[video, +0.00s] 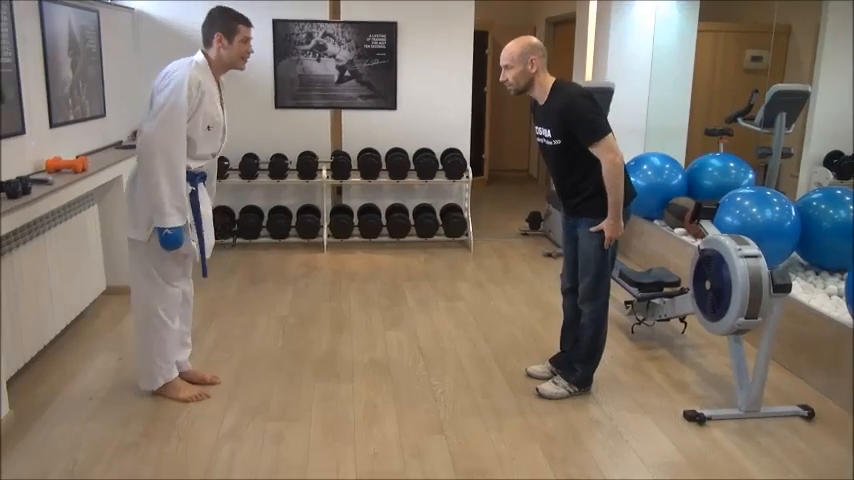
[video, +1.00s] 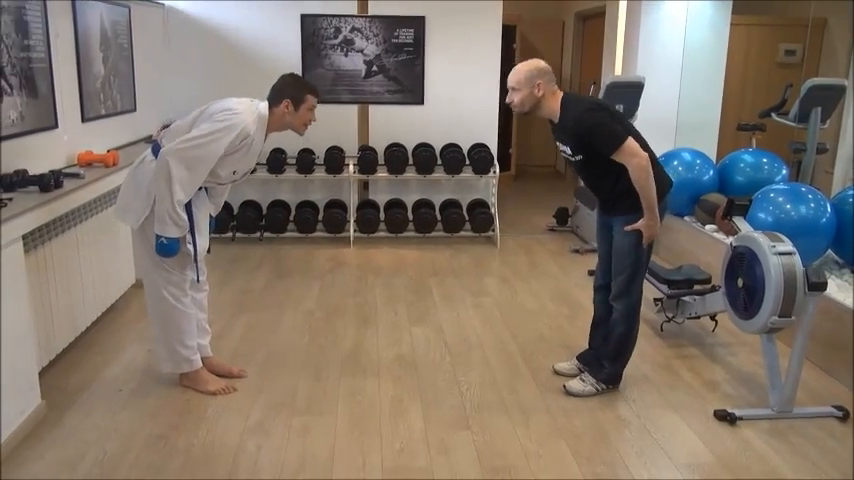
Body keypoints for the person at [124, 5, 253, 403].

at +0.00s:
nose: (250, 51)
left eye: (250, 43)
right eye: (245, 42)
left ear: (221, 43)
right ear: (219, 40)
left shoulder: (208, 80)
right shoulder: (185, 77)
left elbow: (187, 150)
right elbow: (160, 150)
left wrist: (193, 210)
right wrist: (167, 219)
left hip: (188, 195)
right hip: (165, 198)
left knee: (181, 284)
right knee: (161, 290)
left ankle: (180, 363)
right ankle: (160, 378)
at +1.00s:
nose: (313, 119)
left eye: (314, 111)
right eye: (310, 110)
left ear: (286, 108)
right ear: (286, 107)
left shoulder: (258, 129)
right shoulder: (239, 120)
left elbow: (220, 178)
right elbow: (174, 161)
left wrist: (207, 215)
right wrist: (169, 228)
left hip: (186, 194)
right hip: (159, 194)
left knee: (196, 277)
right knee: (176, 280)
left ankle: (203, 356)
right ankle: (189, 369)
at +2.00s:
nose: (277, 88)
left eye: (277, 82)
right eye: (271, 81)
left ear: (252, 82)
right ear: (246, 79)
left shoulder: (257, 126)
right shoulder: (215, 124)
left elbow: (276, 186)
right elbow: (242, 192)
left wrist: (303, 225)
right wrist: (298, 225)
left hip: (263, 236)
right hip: (225, 238)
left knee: (283, 321)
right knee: (218, 333)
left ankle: (303, 405)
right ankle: (205, 425)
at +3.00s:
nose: (361, 76)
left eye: (363, 69)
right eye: (356, 66)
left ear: (336, 70)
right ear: (332, 67)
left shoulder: (338, 112)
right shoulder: (305, 102)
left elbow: (356, 169)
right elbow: (339, 163)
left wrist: (398, 192)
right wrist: (396, 174)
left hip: (304, 211)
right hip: (267, 206)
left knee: (306, 298)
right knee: (244, 302)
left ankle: (309, 383)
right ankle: (221, 394)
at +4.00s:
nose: (302, 47)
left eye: (301, 40)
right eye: (296, 40)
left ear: (276, 45)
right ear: (271, 44)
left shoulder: (293, 92)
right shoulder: (235, 89)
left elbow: (282, 154)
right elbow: (218, 157)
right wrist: (211, 221)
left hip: (281, 196)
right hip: (239, 197)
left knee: (303, 284)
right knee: (225, 289)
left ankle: (318, 365)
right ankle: (211, 371)